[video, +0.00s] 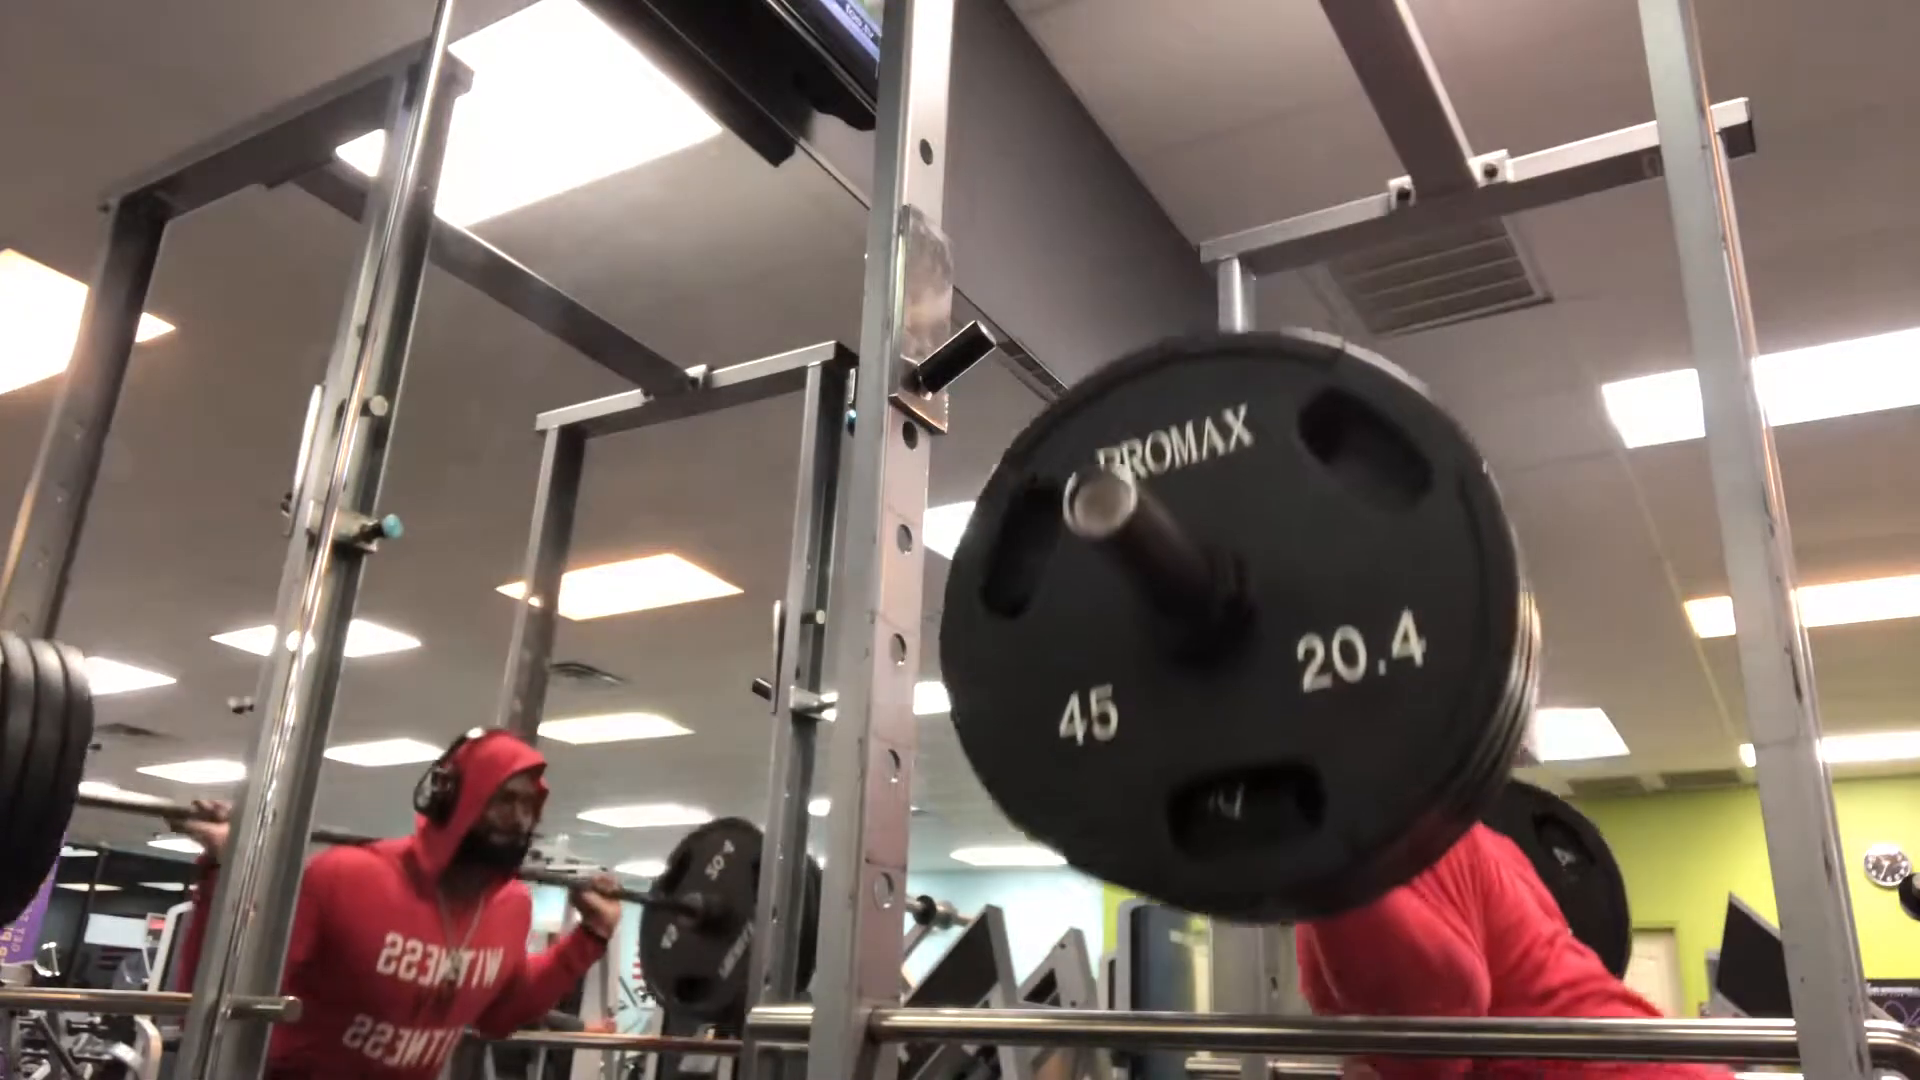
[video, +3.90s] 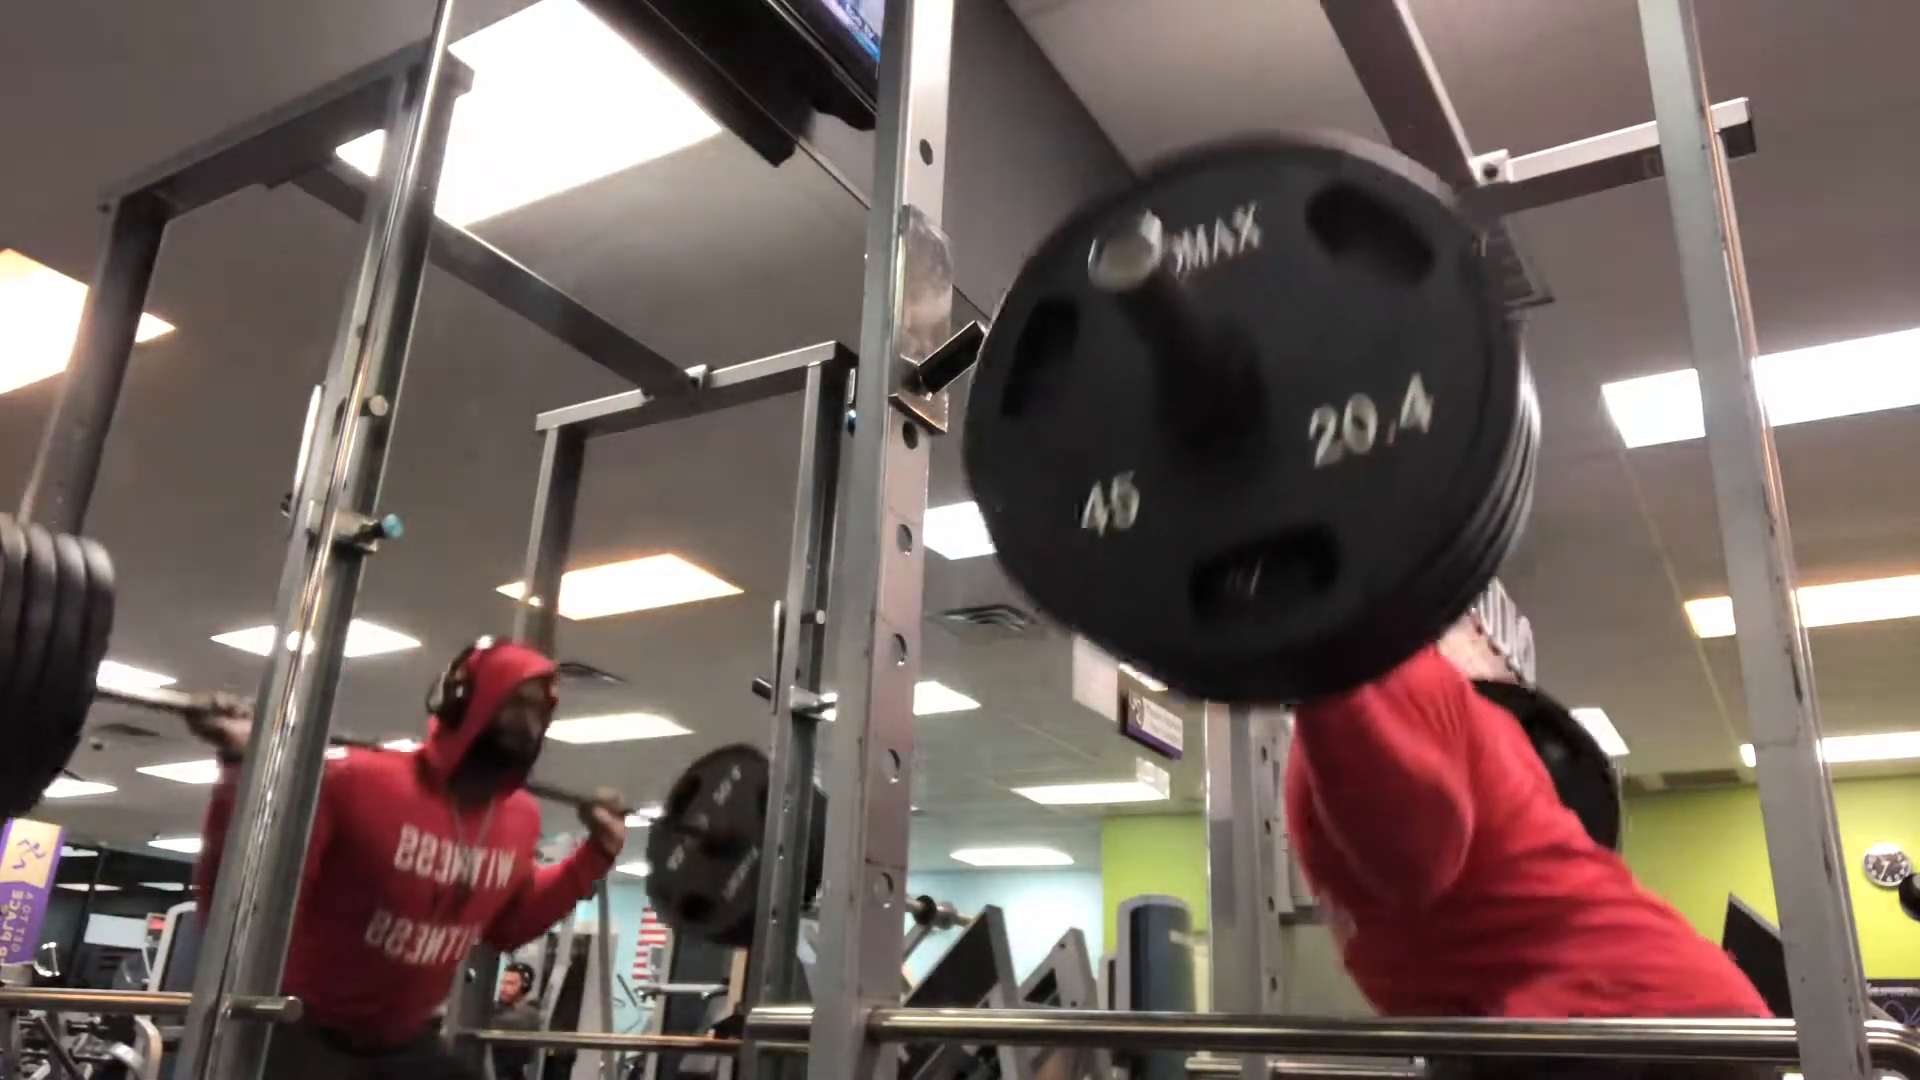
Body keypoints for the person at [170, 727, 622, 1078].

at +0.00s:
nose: (521, 821)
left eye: (532, 805)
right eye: (504, 800)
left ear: (540, 812)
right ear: (456, 799)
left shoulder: (512, 906)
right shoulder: (341, 878)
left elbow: (497, 1016)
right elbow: (220, 991)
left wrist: (586, 940)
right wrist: (223, 870)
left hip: (415, 1072)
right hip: (303, 1067)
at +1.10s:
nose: (528, 766)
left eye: (539, 752)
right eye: (511, 747)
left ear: (547, 762)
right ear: (467, 746)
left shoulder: (520, 855)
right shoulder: (354, 822)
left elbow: (507, 959)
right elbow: (225, 941)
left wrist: (599, 889)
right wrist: (231, 820)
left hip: (412, 1063)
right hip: (307, 1052)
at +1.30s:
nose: (532, 699)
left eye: (544, 686)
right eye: (516, 680)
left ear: (553, 699)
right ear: (471, 681)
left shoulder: (528, 795)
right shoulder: (365, 759)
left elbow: (515, 904)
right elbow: (233, 869)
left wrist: (606, 832)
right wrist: (247, 747)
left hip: (427, 1028)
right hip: (321, 1017)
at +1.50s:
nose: (548, 619)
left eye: (555, 604)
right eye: (530, 601)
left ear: (559, 616)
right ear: (482, 604)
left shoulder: (539, 717)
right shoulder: (374, 683)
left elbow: (528, 829)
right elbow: (250, 796)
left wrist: (612, 760)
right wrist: (261, 659)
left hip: (437, 963)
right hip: (333, 952)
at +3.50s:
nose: (535, 617)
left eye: (545, 604)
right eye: (520, 599)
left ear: (556, 616)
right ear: (474, 600)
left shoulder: (525, 712)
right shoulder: (371, 669)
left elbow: (514, 822)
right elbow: (240, 782)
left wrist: (602, 753)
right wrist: (252, 651)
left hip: (422, 970)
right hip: (317, 951)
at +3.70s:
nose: (536, 668)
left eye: (546, 653)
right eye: (522, 647)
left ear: (551, 664)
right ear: (473, 647)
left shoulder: (525, 763)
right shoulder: (364, 719)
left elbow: (512, 872)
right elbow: (238, 837)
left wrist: (600, 797)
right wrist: (242, 706)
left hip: (422, 1005)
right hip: (316, 993)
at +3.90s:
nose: (535, 724)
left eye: (543, 709)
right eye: (520, 705)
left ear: (547, 720)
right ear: (471, 703)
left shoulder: (519, 818)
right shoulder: (356, 780)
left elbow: (506, 927)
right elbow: (226, 901)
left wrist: (595, 856)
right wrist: (242, 770)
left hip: (410, 1049)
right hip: (307, 1039)